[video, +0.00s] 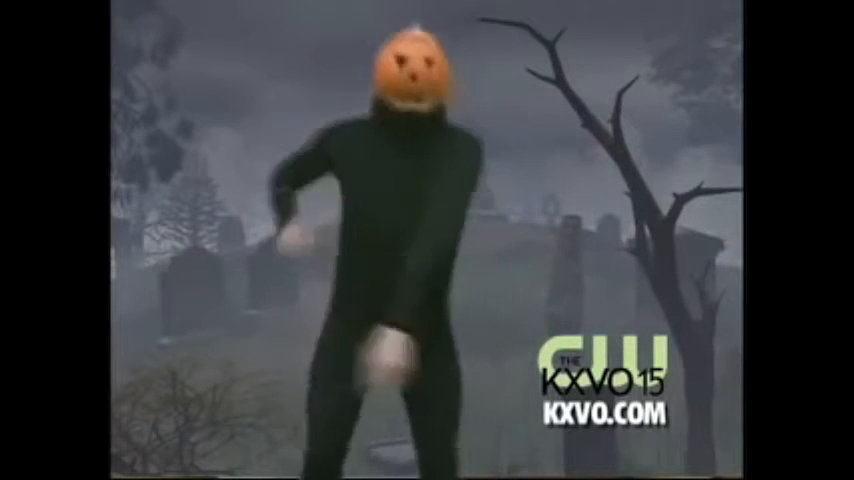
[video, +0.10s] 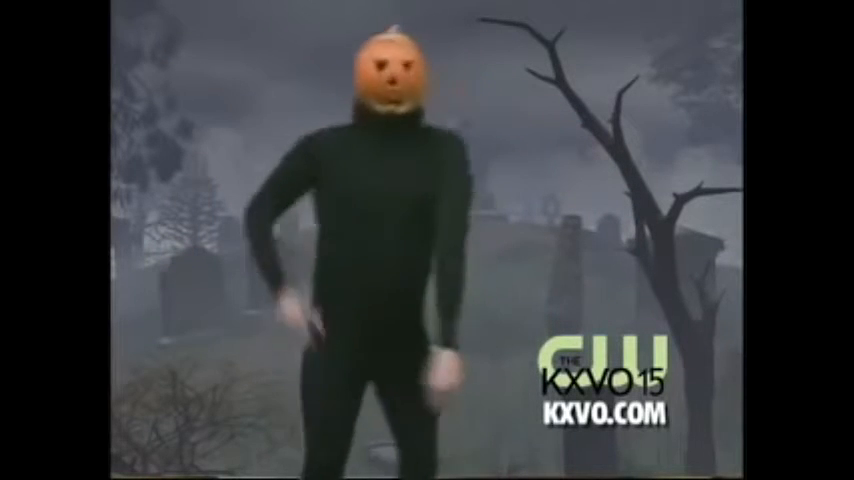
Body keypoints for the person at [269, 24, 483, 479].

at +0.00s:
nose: (413, 67)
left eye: (427, 61)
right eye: (401, 58)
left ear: (444, 80)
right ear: (379, 74)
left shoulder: (459, 149)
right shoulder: (348, 139)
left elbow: (434, 243)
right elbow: (284, 178)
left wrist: (402, 325)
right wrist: (287, 223)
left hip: (424, 317)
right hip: (352, 313)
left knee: (438, 461)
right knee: (323, 456)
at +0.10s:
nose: (393, 73)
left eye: (407, 65)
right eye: (379, 64)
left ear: (423, 79)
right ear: (359, 78)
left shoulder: (444, 152)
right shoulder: (324, 148)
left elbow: (451, 250)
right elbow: (258, 215)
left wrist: (446, 344)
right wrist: (282, 291)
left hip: (405, 338)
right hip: (334, 338)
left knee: (421, 466)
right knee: (322, 467)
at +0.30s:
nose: (352, 120)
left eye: (365, 110)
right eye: (338, 111)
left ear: (381, 120)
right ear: (318, 124)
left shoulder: (385, 189)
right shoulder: (302, 195)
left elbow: (430, 262)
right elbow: (301, 305)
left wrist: (482, 329)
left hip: (367, 355)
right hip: (305, 361)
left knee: (465, 444)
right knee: (306, 472)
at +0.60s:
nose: (318, 55)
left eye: (329, 44)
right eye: (302, 46)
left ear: (346, 55)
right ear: (281, 63)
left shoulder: (359, 114)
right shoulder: (287, 133)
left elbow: (373, 203)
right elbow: (375, 195)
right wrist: (455, 124)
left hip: (388, 300)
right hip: (329, 313)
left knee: (483, 401)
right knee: (333, 456)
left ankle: (437, 473)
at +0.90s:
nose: (374, 148)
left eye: (384, 134)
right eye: (357, 139)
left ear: (399, 138)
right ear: (336, 151)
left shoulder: (409, 188)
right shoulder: (328, 222)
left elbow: (415, 289)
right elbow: (403, 295)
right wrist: (438, 196)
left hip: (400, 359)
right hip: (340, 374)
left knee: (489, 441)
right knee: (343, 472)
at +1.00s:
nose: (398, 128)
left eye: (411, 114)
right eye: (382, 117)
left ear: (428, 119)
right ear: (361, 128)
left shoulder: (449, 164)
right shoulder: (348, 194)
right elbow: (384, 294)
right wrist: (458, 258)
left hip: (414, 347)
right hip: (352, 358)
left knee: (497, 449)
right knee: (350, 472)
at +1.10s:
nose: (424, 90)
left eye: (437, 78)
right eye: (409, 79)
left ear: (454, 85)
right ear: (387, 91)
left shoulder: (475, 141)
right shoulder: (371, 161)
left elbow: (520, 156)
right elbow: (395, 271)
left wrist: (505, 221)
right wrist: (443, 367)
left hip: (449, 329)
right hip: (377, 335)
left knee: (485, 463)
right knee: (355, 465)